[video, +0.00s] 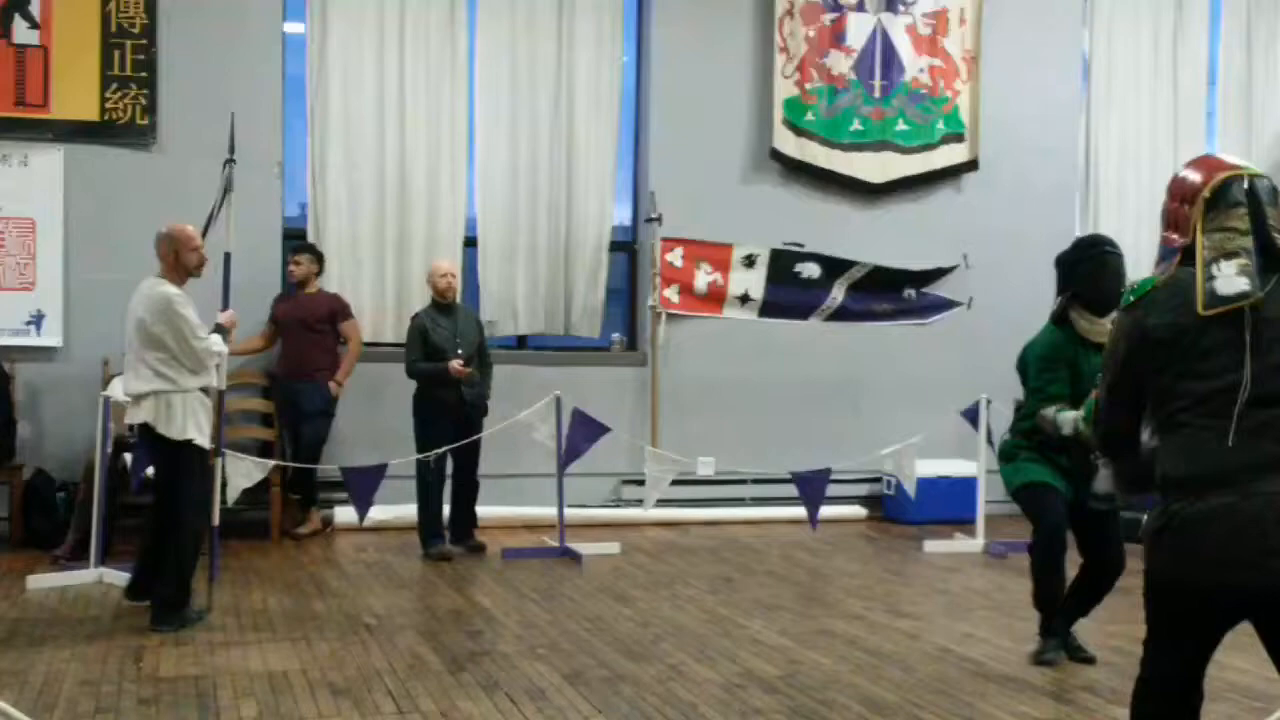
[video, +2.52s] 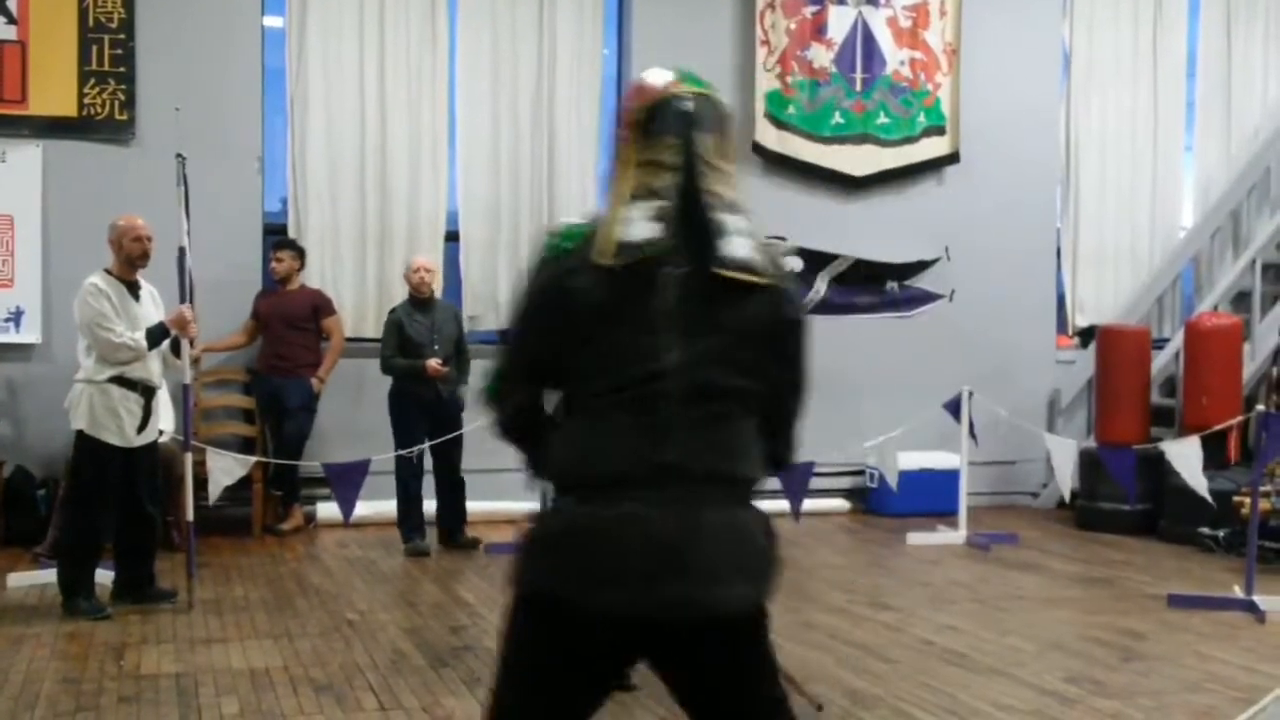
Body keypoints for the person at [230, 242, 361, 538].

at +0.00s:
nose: (292, 268)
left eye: (299, 263)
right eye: (291, 263)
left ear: (316, 268)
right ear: (290, 268)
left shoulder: (332, 302)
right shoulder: (282, 302)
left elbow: (355, 342)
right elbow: (265, 340)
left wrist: (338, 381)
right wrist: (228, 350)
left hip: (318, 385)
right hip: (286, 383)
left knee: (307, 450)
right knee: (294, 450)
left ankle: (310, 514)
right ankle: (308, 514)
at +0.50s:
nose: (295, 268)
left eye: (302, 263)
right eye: (294, 263)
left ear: (319, 268)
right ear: (293, 268)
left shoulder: (336, 303)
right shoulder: (285, 302)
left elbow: (358, 342)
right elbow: (268, 340)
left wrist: (341, 381)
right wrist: (232, 348)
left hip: (322, 385)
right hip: (289, 383)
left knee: (310, 451)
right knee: (296, 450)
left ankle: (313, 514)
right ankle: (308, 513)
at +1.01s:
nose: (292, 268)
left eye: (299, 263)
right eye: (291, 263)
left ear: (316, 267)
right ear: (289, 267)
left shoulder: (332, 302)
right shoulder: (281, 302)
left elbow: (354, 341)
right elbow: (263, 340)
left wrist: (338, 380)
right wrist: (224, 348)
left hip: (317, 385)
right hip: (285, 383)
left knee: (307, 449)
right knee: (293, 449)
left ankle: (308, 512)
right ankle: (305, 511)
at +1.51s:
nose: (289, 266)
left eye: (296, 262)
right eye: (288, 262)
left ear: (314, 266)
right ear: (288, 265)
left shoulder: (330, 301)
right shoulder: (280, 301)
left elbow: (352, 339)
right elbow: (260, 338)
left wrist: (336, 379)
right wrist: (222, 348)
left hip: (316, 384)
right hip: (282, 383)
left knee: (305, 448)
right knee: (292, 448)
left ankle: (304, 510)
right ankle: (305, 510)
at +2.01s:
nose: (273, 265)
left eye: (280, 260)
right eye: (272, 260)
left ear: (297, 264)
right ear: (270, 264)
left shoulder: (315, 299)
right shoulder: (263, 299)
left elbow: (336, 338)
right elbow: (245, 336)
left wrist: (320, 377)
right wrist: (205, 347)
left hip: (300, 382)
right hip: (267, 380)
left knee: (289, 445)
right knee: (275, 445)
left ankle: (289, 510)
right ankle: (288, 510)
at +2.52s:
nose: (274, 265)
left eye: (280, 260)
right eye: (272, 260)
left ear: (298, 264)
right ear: (272, 264)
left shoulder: (316, 298)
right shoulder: (264, 299)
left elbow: (337, 339)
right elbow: (246, 336)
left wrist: (321, 377)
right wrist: (204, 348)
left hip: (300, 382)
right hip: (267, 380)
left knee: (290, 445)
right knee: (277, 445)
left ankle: (289, 509)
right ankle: (292, 510)